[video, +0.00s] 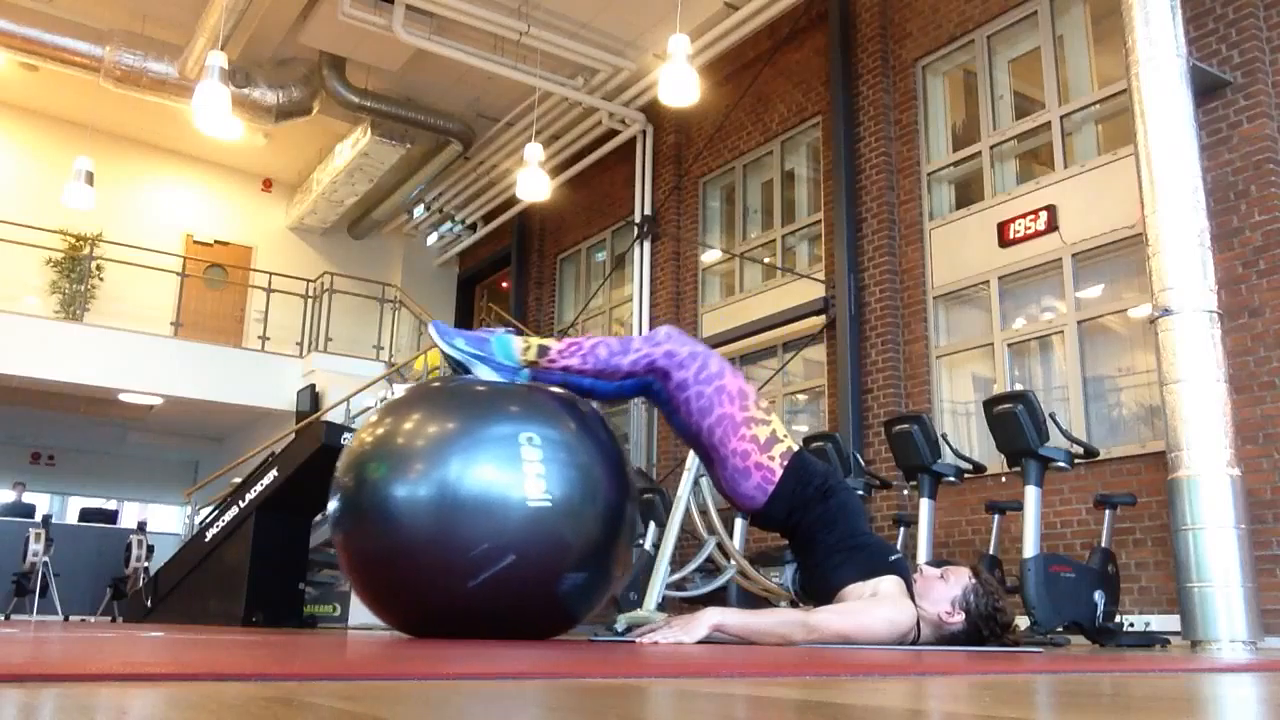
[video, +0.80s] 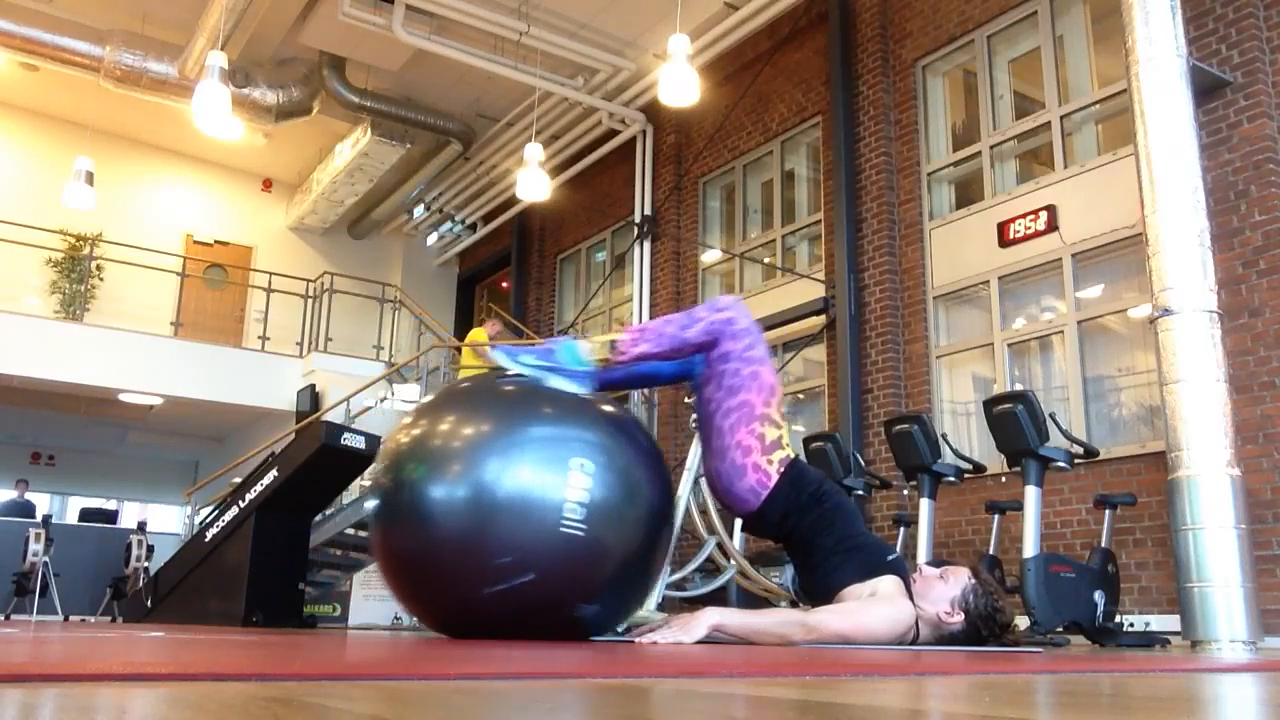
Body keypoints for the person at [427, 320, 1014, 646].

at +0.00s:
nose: (936, 568)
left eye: (949, 580)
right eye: (950, 570)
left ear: (946, 616)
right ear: (946, 605)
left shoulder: (892, 610)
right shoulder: (895, 598)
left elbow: (805, 626)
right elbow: (805, 621)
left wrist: (710, 620)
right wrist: (716, 621)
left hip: (765, 481)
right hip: (780, 469)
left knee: (669, 348)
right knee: (673, 347)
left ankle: (521, 360)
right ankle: (535, 361)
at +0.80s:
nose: (939, 566)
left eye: (949, 577)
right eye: (953, 568)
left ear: (945, 612)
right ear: (943, 599)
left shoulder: (891, 612)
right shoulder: (892, 598)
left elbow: (793, 629)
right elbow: (793, 624)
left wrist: (701, 624)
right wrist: (707, 621)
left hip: (754, 479)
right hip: (768, 472)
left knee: (729, 319)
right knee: (733, 323)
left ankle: (585, 363)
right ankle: (595, 373)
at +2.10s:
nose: (937, 568)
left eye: (949, 579)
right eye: (950, 569)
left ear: (946, 615)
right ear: (944, 604)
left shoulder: (892, 610)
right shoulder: (889, 595)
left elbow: (802, 625)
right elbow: (800, 621)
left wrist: (712, 619)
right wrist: (712, 620)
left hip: (757, 480)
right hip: (767, 469)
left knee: (646, 375)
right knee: (650, 375)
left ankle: (491, 361)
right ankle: (509, 372)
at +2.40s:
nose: (936, 568)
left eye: (949, 580)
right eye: (950, 568)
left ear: (946, 615)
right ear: (943, 602)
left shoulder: (893, 609)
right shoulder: (889, 592)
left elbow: (804, 626)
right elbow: (802, 623)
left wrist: (713, 617)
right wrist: (713, 621)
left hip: (757, 489)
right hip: (764, 476)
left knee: (633, 386)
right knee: (636, 382)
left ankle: (480, 361)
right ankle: (490, 364)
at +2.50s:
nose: (936, 569)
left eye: (949, 581)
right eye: (949, 569)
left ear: (946, 616)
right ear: (942, 595)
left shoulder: (895, 609)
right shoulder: (891, 592)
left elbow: (804, 627)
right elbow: (802, 622)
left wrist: (709, 619)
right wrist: (713, 621)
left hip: (756, 488)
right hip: (766, 475)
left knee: (644, 372)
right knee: (650, 372)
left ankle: (487, 358)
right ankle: (512, 379)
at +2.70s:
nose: (935, 569)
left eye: (947, 580)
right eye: (948, 568)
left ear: (943, 615)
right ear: (943, 604)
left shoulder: (892, 609)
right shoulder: (891, 595)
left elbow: (805, 628)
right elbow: (803, 622)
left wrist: (709, 620)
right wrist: (712, 621)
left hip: (755, 480)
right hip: (767, 473)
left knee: (688, 327)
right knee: (690, 339)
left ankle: (535, 362)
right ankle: (559, 383)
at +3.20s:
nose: (928, 568)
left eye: (942, 576)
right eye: (943, 567)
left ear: (949, 614)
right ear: (948, 613)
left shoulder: (895, 615)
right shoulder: (909, 608)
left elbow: (803, 627)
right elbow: (802, 625)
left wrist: (711, 621)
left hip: (791, 458)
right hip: (812, 465)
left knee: (861, 304)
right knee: (854, 319)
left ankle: (719, 367)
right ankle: (721, 372)